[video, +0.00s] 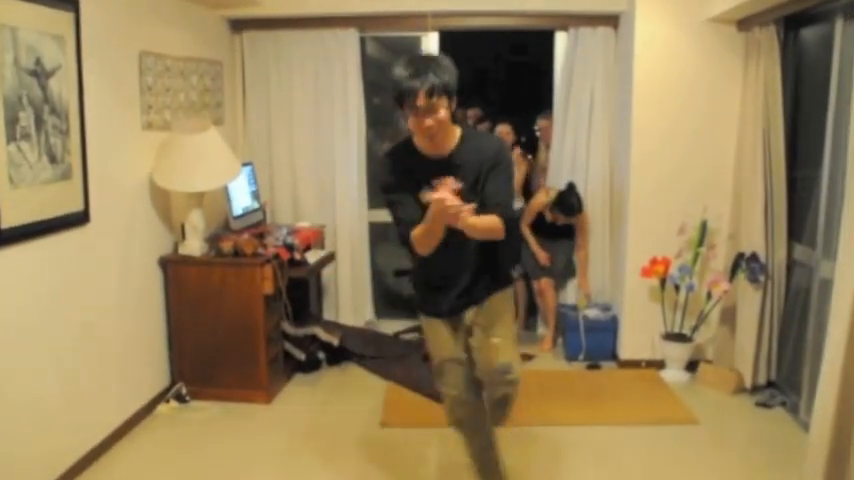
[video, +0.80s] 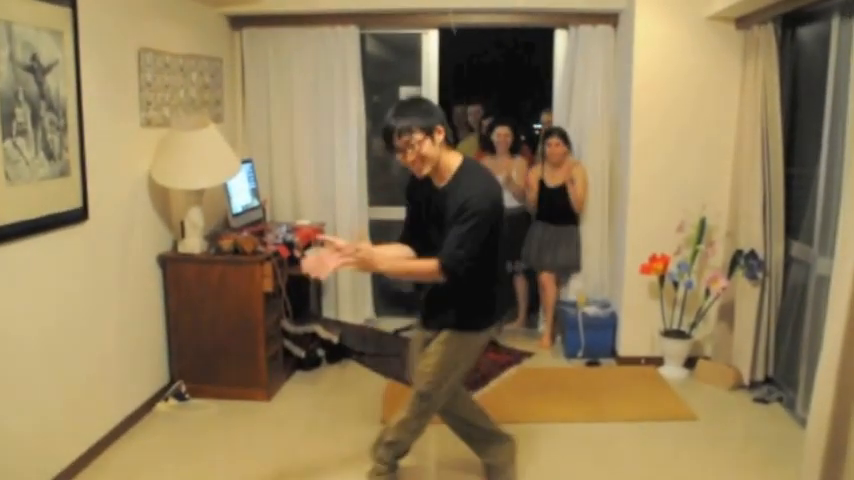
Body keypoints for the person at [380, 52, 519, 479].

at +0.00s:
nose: (425, 121)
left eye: (432, 109)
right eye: (416, 113)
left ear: (451, 104)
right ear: (404, 114)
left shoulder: (489, 150)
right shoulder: (396, 163)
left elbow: (502, 225)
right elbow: (419, 245)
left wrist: (460, 218)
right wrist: (437, 215)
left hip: (490, 284)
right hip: (436, 294)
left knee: (501, 376)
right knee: (459, 398)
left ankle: (485, 431)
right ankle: (491, 475)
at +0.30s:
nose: (445, 148)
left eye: (452, 135)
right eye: (437, 138)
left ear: (475, 129)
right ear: (428, 137)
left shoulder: (509, 176)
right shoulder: (422, 175)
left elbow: (510, 255)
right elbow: (406, 255)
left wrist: (496, 235)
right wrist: (421, 239)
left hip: (493, 303)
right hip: (440, 300)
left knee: (479, 395)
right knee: (449, 396)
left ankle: (456, 470)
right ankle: (496, 471)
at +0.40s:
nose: (443, 125)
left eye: (451, 113)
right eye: (436, 116)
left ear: (479, 111)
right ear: (431, 119)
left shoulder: (511, 174)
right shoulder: (430, 159)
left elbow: (490, 246)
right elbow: (407, 229)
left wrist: (451, 209)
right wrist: (378, 209)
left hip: (475, 296)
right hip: (426, 281)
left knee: (461, 387)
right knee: (401, 359)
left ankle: (457, 458)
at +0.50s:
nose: (438, 116)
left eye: (446, 103)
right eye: (430, 107)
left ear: (472, 100)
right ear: (424, 110)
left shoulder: (501, 161)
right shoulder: (424, 147)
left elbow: (468, 234)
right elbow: (414, 217)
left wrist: (402, 213)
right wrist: (377, 204)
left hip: (465, 292)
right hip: (419, 272)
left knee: (444, 385)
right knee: (378, 344)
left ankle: (437, 457)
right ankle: (412, 374)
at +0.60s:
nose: (417, 139)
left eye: (423, 127)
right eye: (411, 131)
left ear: (452, 117)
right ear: (407, 129)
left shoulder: (483, 180)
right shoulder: (422, 163)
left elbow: (445, 256)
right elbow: (404, 222)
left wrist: (380, 238)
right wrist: (370, 224)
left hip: (452, 312)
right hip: (409, 291)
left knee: (414, 393)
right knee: (368, 349)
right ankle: (447, 376)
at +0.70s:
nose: (409, 158)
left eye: (414, 146)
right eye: (403, 150)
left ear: (442, 136)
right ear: (401, 148)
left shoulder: (477, 197)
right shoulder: (426, 181)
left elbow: (438, 274)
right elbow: (406, 242)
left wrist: (367, 259)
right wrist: (357, 242)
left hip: (459, 312)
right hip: (421, 297)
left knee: (415, 389)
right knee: (386, 362)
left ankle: (377, 458)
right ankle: (473, 416)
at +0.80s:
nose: (410, 157)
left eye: (414, 144)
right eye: (402, 151)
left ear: (440, 135)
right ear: (397, 153)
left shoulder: (477, 190)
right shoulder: (421, 183)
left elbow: (448, 268)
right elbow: (412, 246)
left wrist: (379, 266)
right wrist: (356, 251)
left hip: (475, 307)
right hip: (437, 300)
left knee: (428, 386)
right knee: (430, 384)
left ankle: (386, 455)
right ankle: (498, 449)